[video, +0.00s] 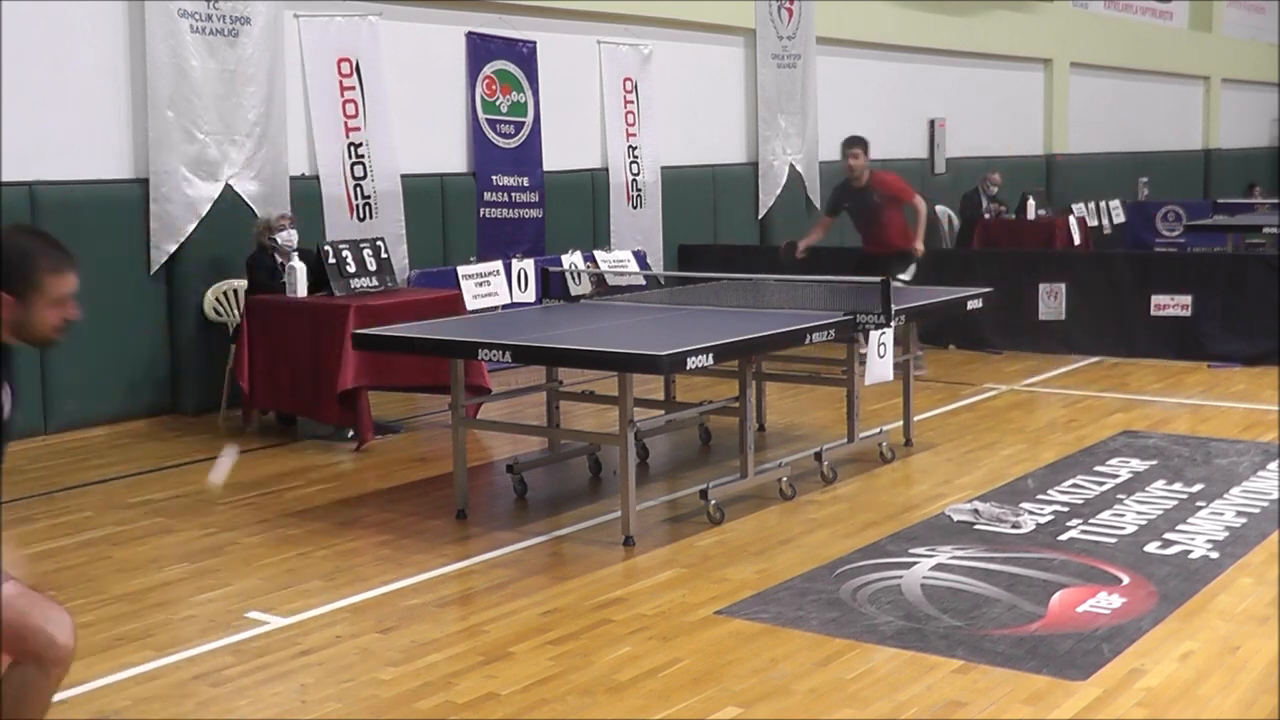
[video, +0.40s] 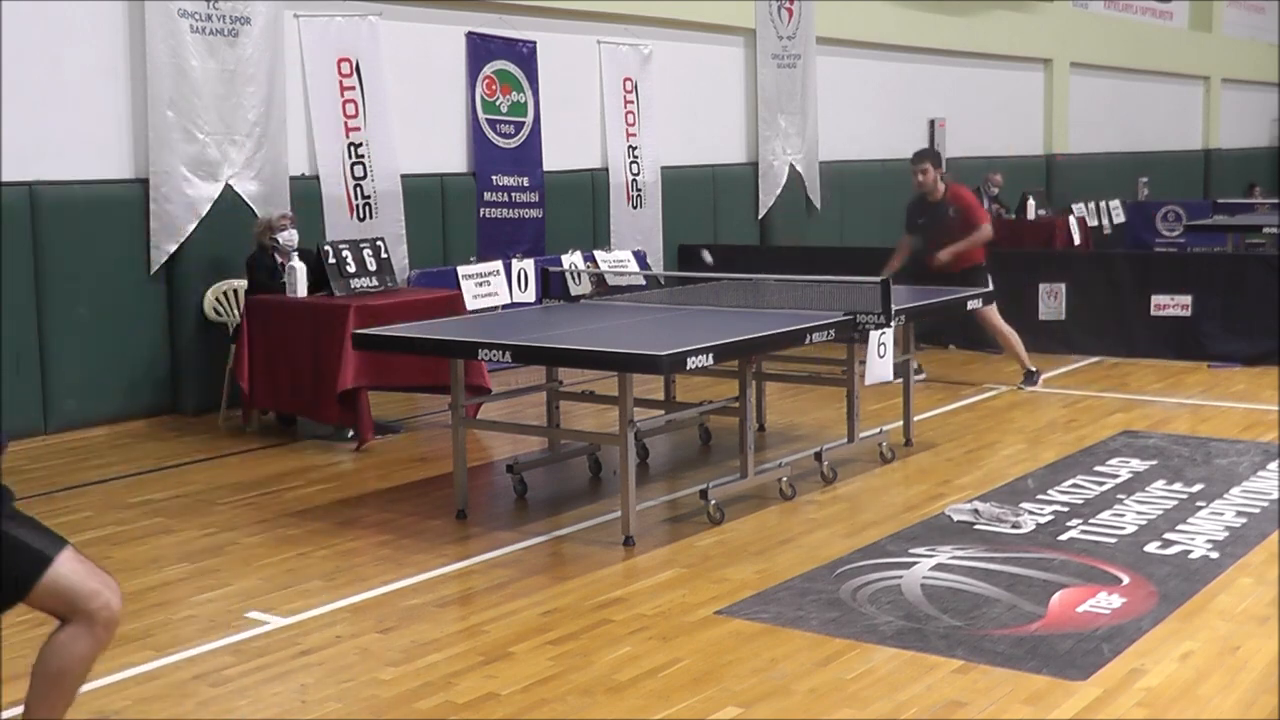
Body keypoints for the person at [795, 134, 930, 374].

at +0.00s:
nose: (850, 163)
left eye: (855, 157)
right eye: (846, 158)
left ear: (866, 159)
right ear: (842, 161)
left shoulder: (884, 182)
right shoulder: (842, 191)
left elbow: (920, 204)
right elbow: (823, 225)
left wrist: (919, 241)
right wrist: (804, 243)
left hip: (902, 254)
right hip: (872, 256)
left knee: (897, 302)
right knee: (858, 298)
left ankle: (914, 353)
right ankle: (865, 351)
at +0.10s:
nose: (878, 158)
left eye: (883, 152)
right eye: (874, 153)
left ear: (895, 154)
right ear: (870, 156)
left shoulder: (915, 179)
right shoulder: (868, 187)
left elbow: (940, 205)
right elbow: (851, 220)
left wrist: (934, 240)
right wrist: (829, 239)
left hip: (922, 256)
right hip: (890, 258)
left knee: (937, 307)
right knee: (879, 307)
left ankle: (953, 359)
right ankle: (878, 357)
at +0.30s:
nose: (913, 171)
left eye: (918, 164)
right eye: (909, 166)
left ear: (931, 165)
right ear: (905, 168)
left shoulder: (952, 188)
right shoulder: (905, 199)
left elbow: (986, 213)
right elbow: (887, 237)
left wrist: (965, 242)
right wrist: (866, 266)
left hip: (962, 262)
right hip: (928, 265)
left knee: (981, 311)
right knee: (898, 310)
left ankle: (1022, 366)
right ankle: (907, 363)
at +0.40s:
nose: (918, 179)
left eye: (923, 172)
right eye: (915, 174)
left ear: (939, 172)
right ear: (912, 175)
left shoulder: (961, 196)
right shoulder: (917, 206)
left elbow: (986, 231)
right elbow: (907, 243)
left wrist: (951, 251)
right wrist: (885, 275)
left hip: (970, 272)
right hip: (933, 275)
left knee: (991, 321)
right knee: (895, 305)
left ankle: (1029, 369)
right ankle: (908, 364)